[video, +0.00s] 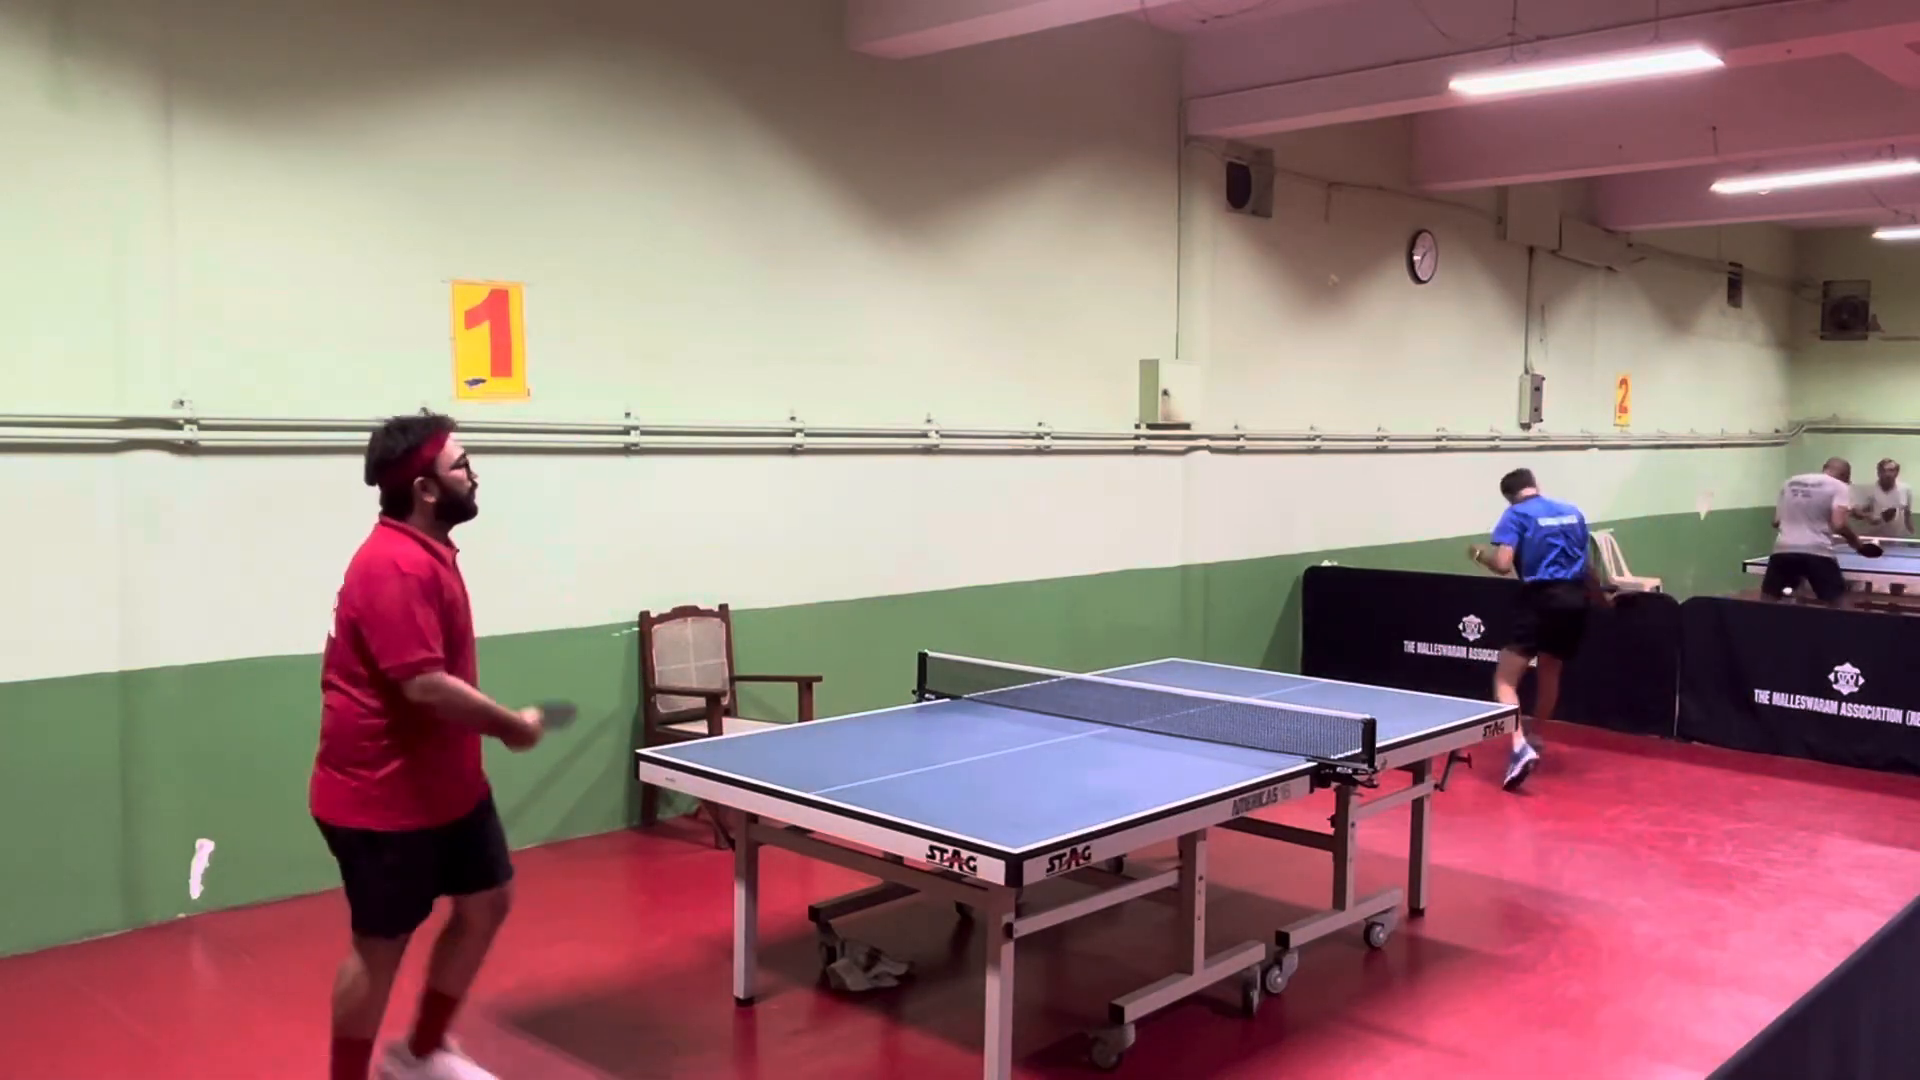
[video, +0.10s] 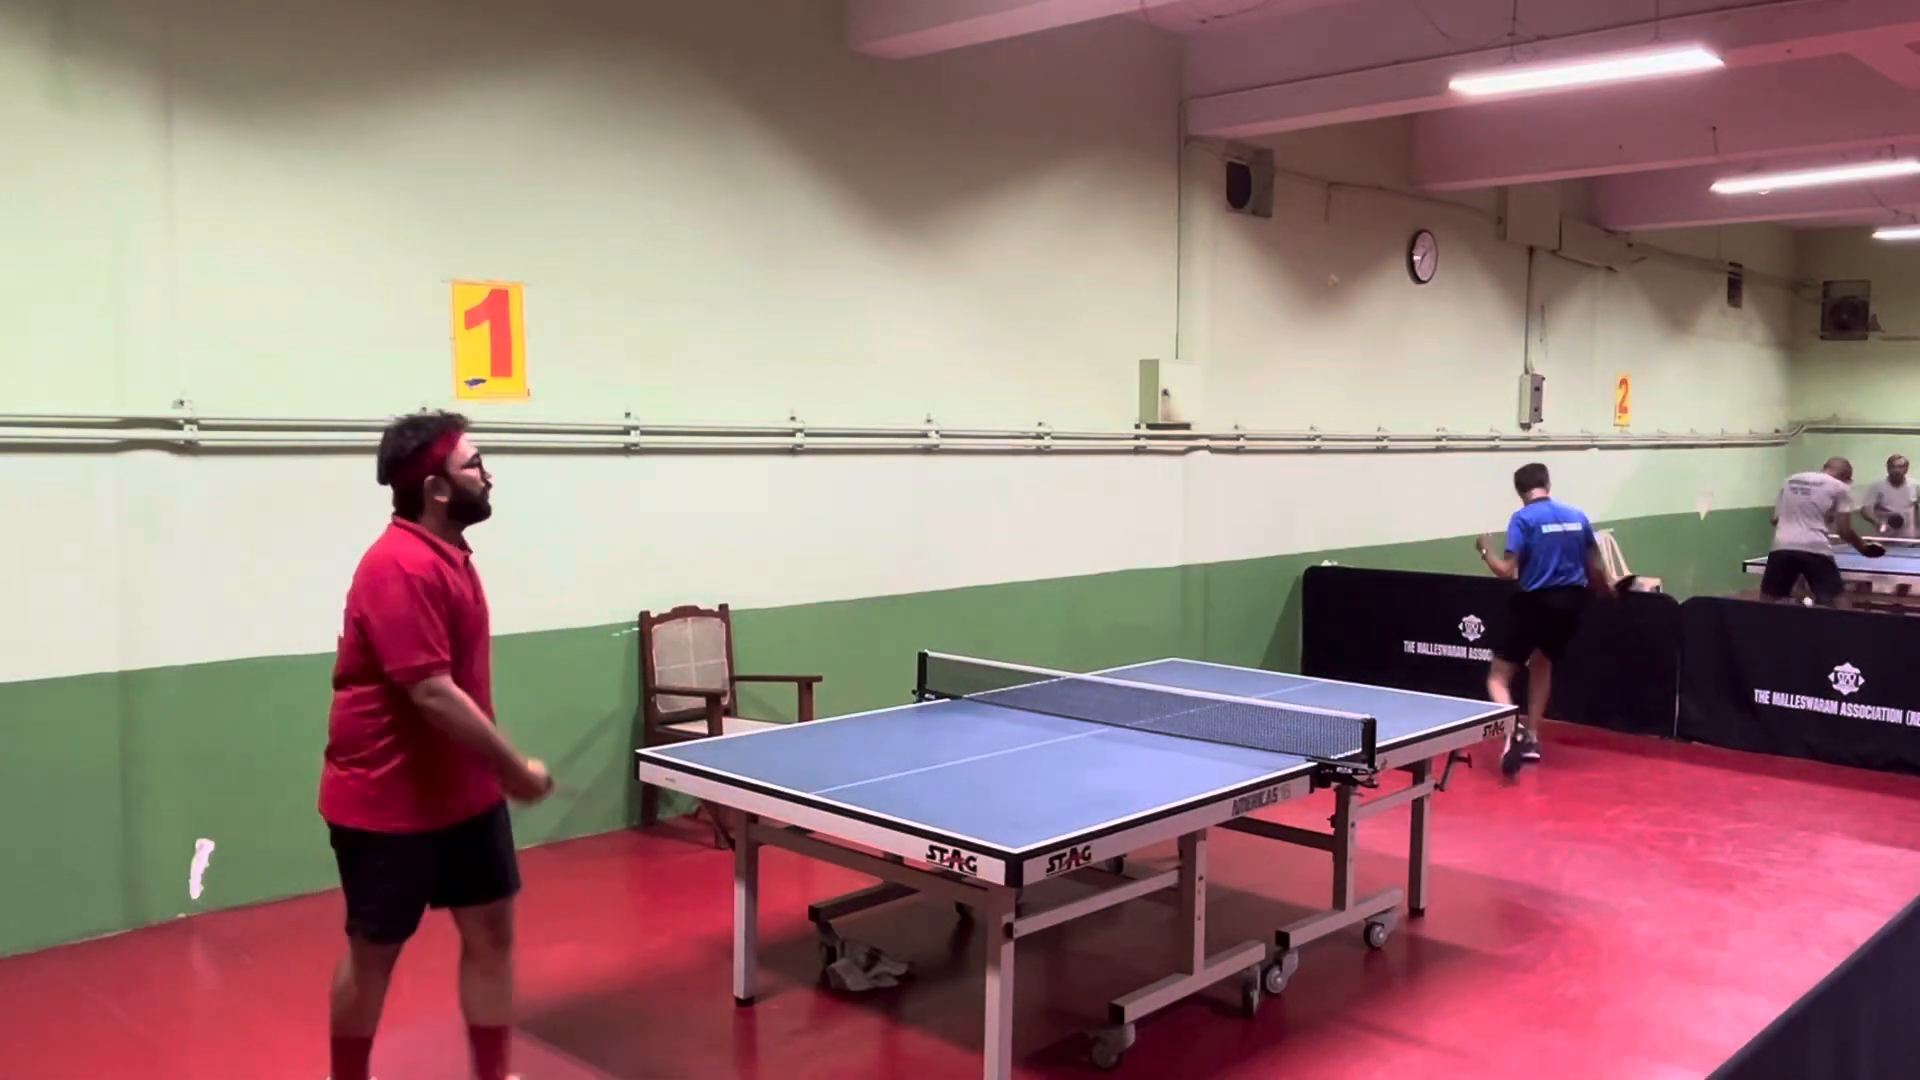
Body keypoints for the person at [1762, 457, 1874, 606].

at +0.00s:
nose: (1847, 483)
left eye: (1847, 480)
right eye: (1847, 480)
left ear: (1824, 468)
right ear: (1845, 477)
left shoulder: (1791, 482)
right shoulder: (1839, 486)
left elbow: (1777, 522)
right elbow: (1839, 525)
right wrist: (1860, 546)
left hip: (1783, 555)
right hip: (1818, 557)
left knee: (1766, 605)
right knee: (1840, 609)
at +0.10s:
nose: (1846, 484)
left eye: (1848, 482)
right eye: (1847, 481)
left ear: (1824, 467)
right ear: (1845, 477)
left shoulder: (1792, 480)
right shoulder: (1840, 487)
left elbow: (1775, 519)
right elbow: (1844, 530)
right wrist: (1864, 549)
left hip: (1782, 551)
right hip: (1816, 553)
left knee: (1766, 604)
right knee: (1842, 605)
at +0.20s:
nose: (1854, 480)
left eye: (1855, 477)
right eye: (1854, 476)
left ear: (1831, 467)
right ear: (1851, 475)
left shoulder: (1800, 478)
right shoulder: (1848, 494)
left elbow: (1778, 512)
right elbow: (1843, 533)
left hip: (1783, 548)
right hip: (1817, 552)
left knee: (1766, 602)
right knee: (1840, 606)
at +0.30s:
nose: (1863, 479)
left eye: (1864, 475)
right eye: (1863, 475)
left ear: (1840, 467)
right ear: (1860, 475)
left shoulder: (1810, 477)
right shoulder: (1857, 499)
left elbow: (1786, 508)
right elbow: (1841, 524)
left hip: (1789, 547)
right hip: (1823, 553)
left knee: (1768, 598)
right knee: (1841, 606)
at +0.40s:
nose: (1868, 479)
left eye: (1869, 475)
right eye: (1869, 475)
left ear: (1846, 467)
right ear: (1865, 476)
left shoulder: (1816, 477)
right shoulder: (1864, 500)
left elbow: (1792, 508)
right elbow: (1846, 524)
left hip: (1794, 547)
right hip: (1828, 553)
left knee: (1772, 597)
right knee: (1846, 605)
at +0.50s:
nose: (1871, 477)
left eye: (1872, 474)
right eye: (1872, 474)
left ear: (1848, 467)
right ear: (1868, 475)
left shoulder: (1819, 478)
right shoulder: (1867, 499)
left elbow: (1796, 509)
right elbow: (1853, 535)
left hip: (1797, 549)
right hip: (1832, 555)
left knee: (1775, 599)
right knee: (1847, 608)